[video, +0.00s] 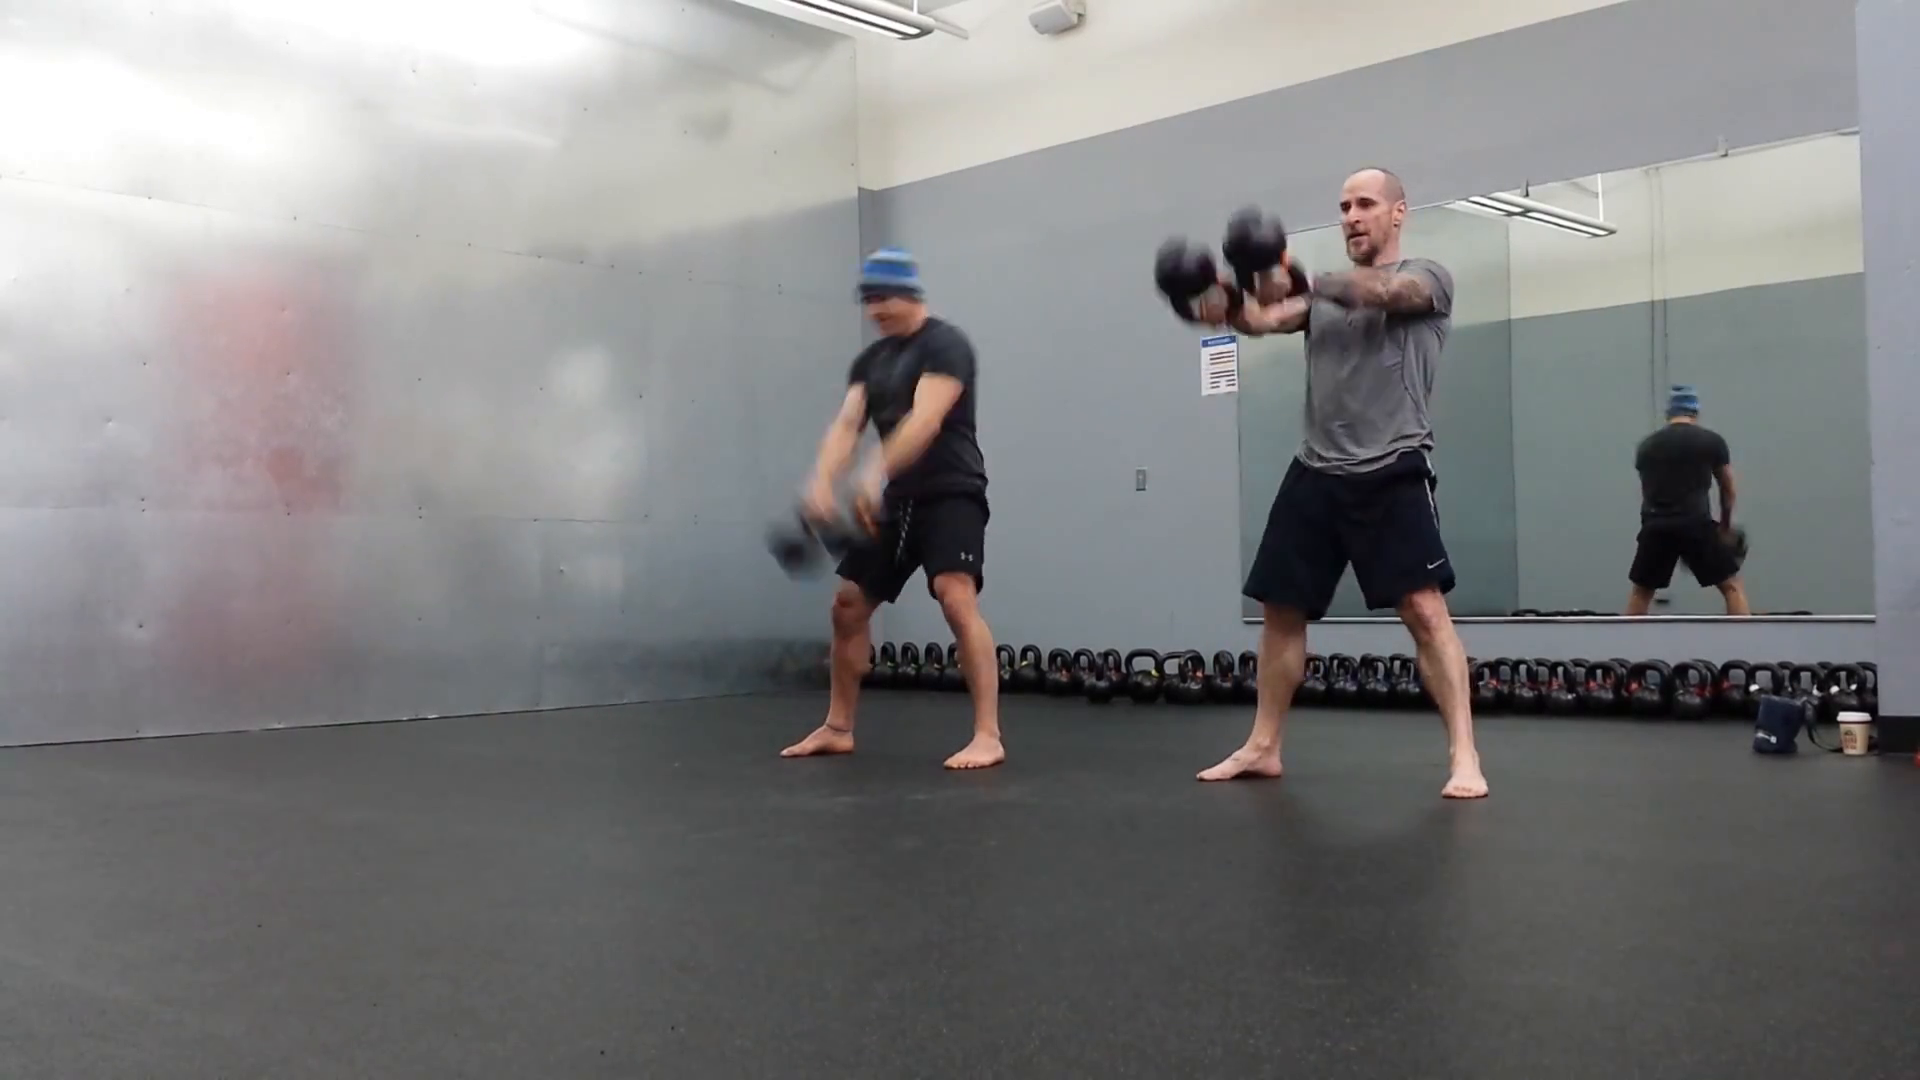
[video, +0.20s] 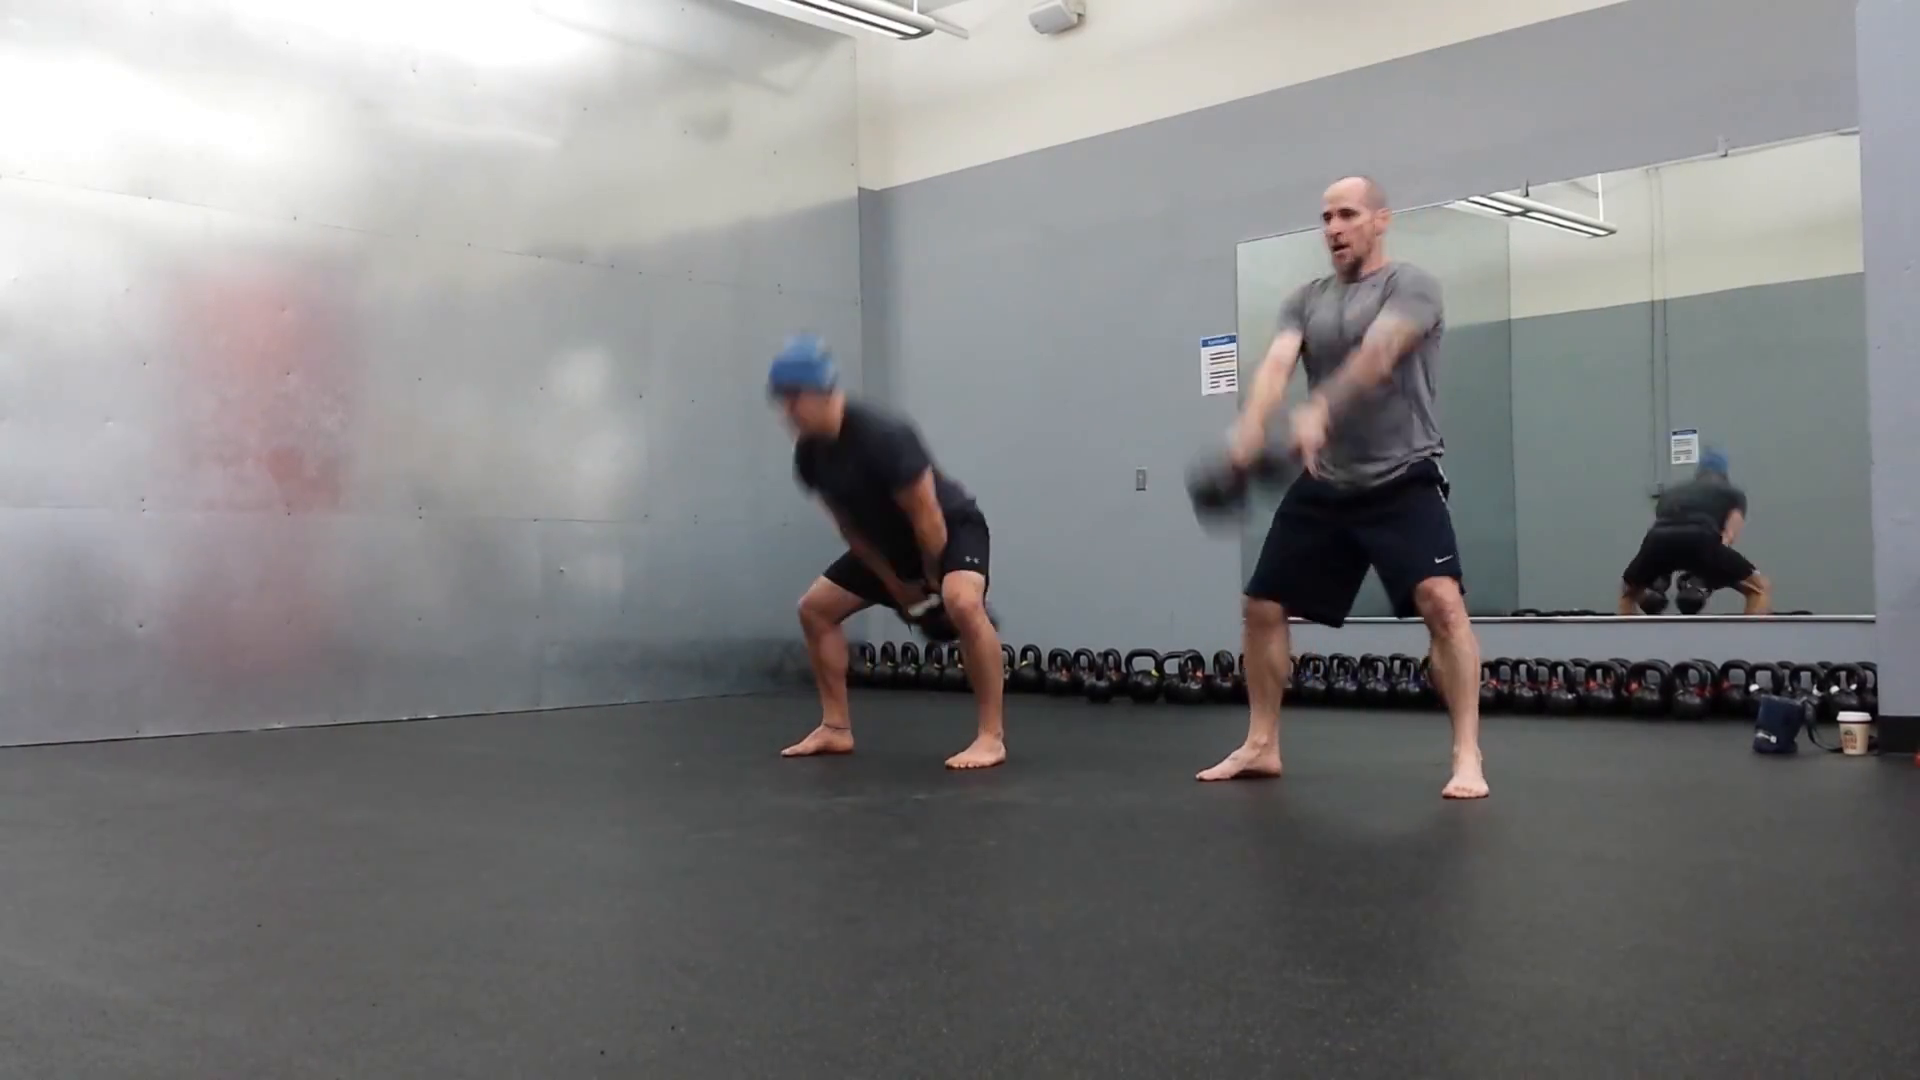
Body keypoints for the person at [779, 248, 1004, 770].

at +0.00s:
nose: (876, 309)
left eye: (885, 298)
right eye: (870, 299)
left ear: (913, 296)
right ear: (866, 303)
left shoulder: (947, 345)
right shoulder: (871, 359)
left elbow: (923, 421)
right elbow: (846, 425)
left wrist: (874, 475)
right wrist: (821, 482)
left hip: (951, 497)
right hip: (896, 500)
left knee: (955, 597)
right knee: (848, 606)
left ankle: (988, 736)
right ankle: (838, 727)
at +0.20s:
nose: (789, 409)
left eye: (797, 395)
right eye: (783, 398)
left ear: (825, 389)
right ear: (782, 402)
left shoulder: (884, 435)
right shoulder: (810, 455)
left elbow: (929, 518)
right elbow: (853, 530)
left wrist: (936, 584)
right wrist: (898, 587)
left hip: (952, 529)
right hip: (891, 539)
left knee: (962, 602)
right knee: (816, 609)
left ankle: (991, 737)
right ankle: (835, 728)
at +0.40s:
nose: (783, 415)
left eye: (791, 402)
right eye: (780, 404)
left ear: (820, 401)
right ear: (783, 408)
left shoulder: (880, 449)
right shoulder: (807, 467)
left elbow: (921, 533)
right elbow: (852, 541)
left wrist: (948, 598)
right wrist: (895, 591)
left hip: (952, 534)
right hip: (888, 545)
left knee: (948, 607)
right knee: (811, 610)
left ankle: (990, 737)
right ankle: (835, 728)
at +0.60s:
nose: (871, 293)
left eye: (882, 284)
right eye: (868, 285)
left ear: (911, 292)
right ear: (866, 296)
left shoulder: (935, 348)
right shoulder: (864, 361)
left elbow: (911, 428)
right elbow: (844, 431)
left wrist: (873, 493)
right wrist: (831, 497)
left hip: (944, 496)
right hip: (893, 500)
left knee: (952, 598)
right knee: (838, 607)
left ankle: (988, 735)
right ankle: (837, 726)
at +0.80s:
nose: (898, 293)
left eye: (908, 283)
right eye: (895, 285)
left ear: (937, 290)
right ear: (897, 296)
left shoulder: (969, 340)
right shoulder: (891, 360)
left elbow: (935, 375)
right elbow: (831, 399)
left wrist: (864, 339)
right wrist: (804, 360)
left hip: (927, 491)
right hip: (872, 491)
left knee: (946, 600)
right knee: (854, 609)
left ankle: (987, 735)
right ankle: (838, 727)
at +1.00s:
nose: (862, 279)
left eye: (875, 270)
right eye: (858, 271)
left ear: (901, 276)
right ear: (857, 279)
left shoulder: (931, 327)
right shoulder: (854, 332)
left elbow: (899, 261)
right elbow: (799, 285)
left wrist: (867, 197)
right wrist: (793, 215)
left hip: (911, 489)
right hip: (856, 492)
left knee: (943, 605)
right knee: (852, 617)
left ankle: (987, 736)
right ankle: (839, 729)